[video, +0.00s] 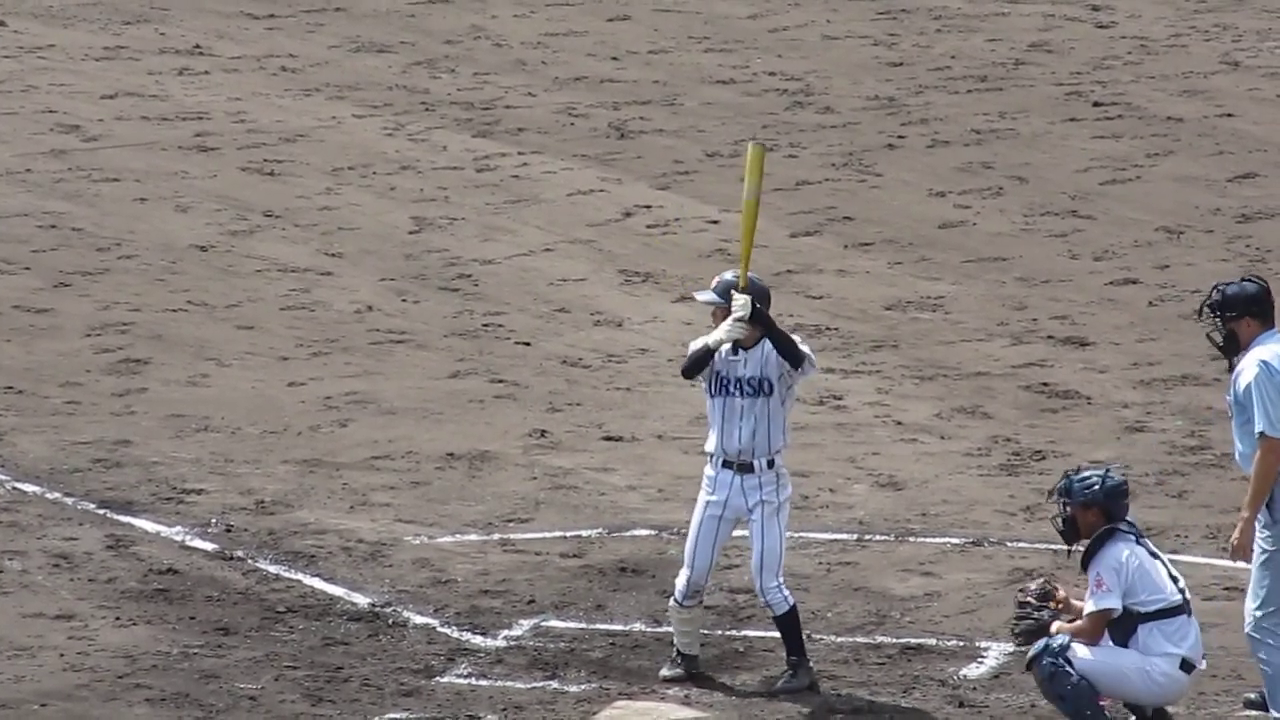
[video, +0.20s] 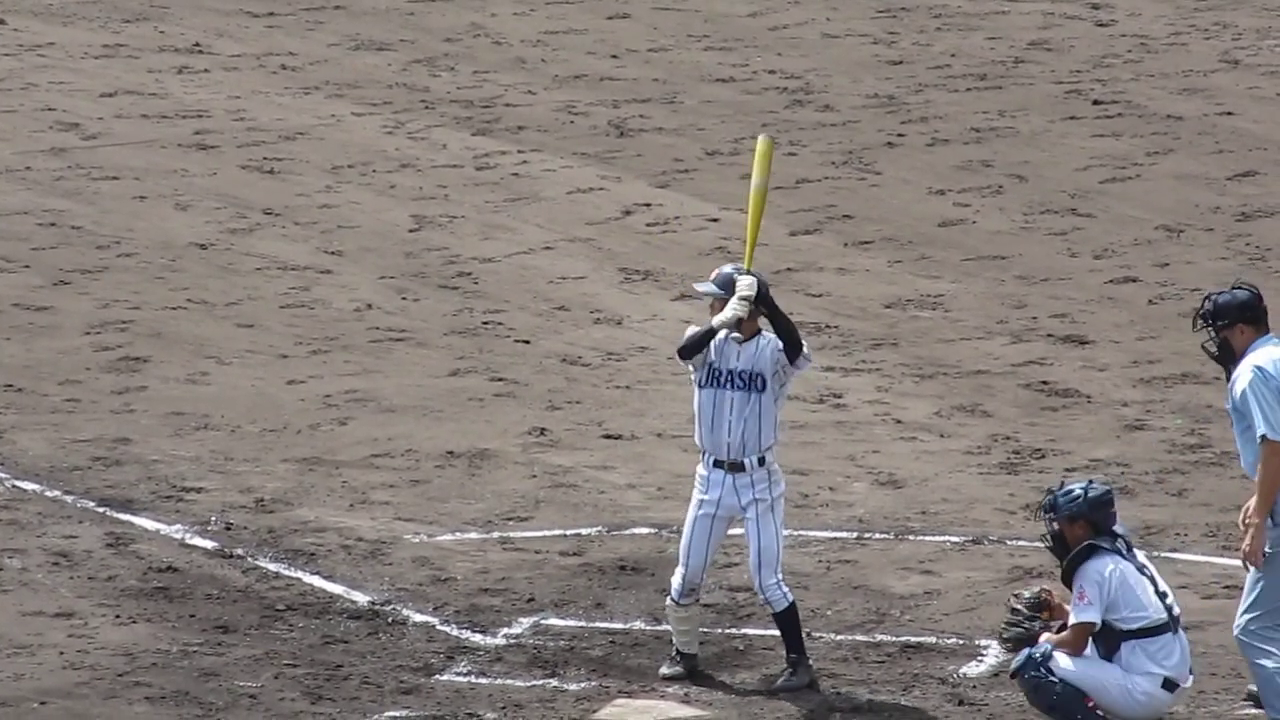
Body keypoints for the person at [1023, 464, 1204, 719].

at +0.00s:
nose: (1066, 515)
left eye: (1072, 508)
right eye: (1067, 508)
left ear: (1094, 513)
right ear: (1097, 512)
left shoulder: (1109, 555)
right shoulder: (1128, 538)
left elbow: (1090, 633)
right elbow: (1118, 617)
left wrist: (1057, 628)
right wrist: (1072, 606)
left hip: (1163, 675)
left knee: (1049, 657)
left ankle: (1094, 714)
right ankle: (1148, 711)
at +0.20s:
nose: (1055, 531)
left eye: (1060, 524)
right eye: (1055, 523)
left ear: (1080, 527)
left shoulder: (1093, 568)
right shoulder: (1124, 550)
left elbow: (1075, 644)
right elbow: (1111, 628)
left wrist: (1046, 639)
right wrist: (1064, 614)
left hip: (1148, 693)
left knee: (1032, 665)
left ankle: (1091, 715)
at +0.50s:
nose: (1032, 541)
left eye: (1036, 533)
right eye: (1032, 534)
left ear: (1057, 535)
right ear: (1079, 528)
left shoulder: (1074, 580)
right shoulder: (1101, 549)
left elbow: (1056, 655)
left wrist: (1031, 644)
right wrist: (1040, 607)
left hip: (1135, 694)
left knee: (1018, 675)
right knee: (1047, 632)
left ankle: (1081, 713)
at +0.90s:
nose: (1027, 538)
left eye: (1033, 532)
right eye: (1029, 531)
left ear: (1053, 537)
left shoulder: (1066, 577)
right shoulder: (1093, 552)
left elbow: (1055, 652)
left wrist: (1029, 645)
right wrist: (1041, 611)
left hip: (1133, 695)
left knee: (1017, 675)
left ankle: (1082, 712)